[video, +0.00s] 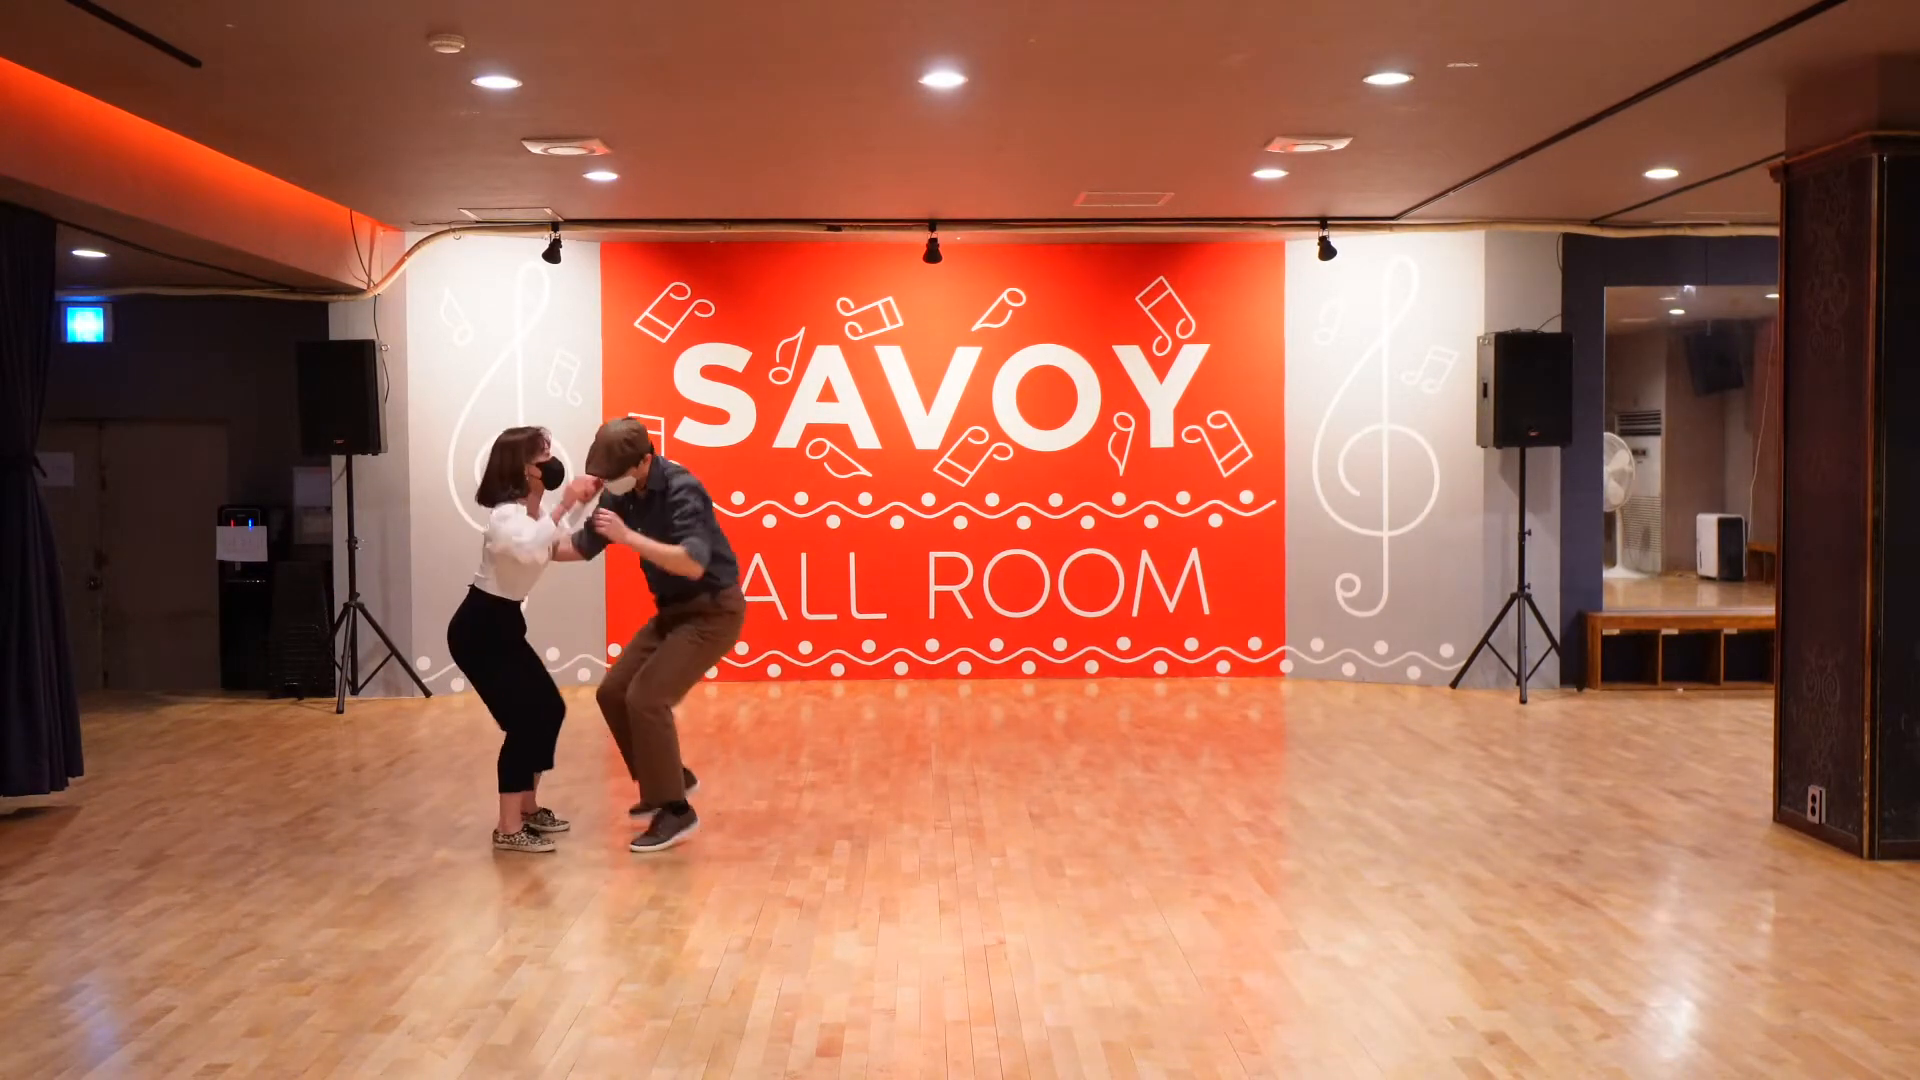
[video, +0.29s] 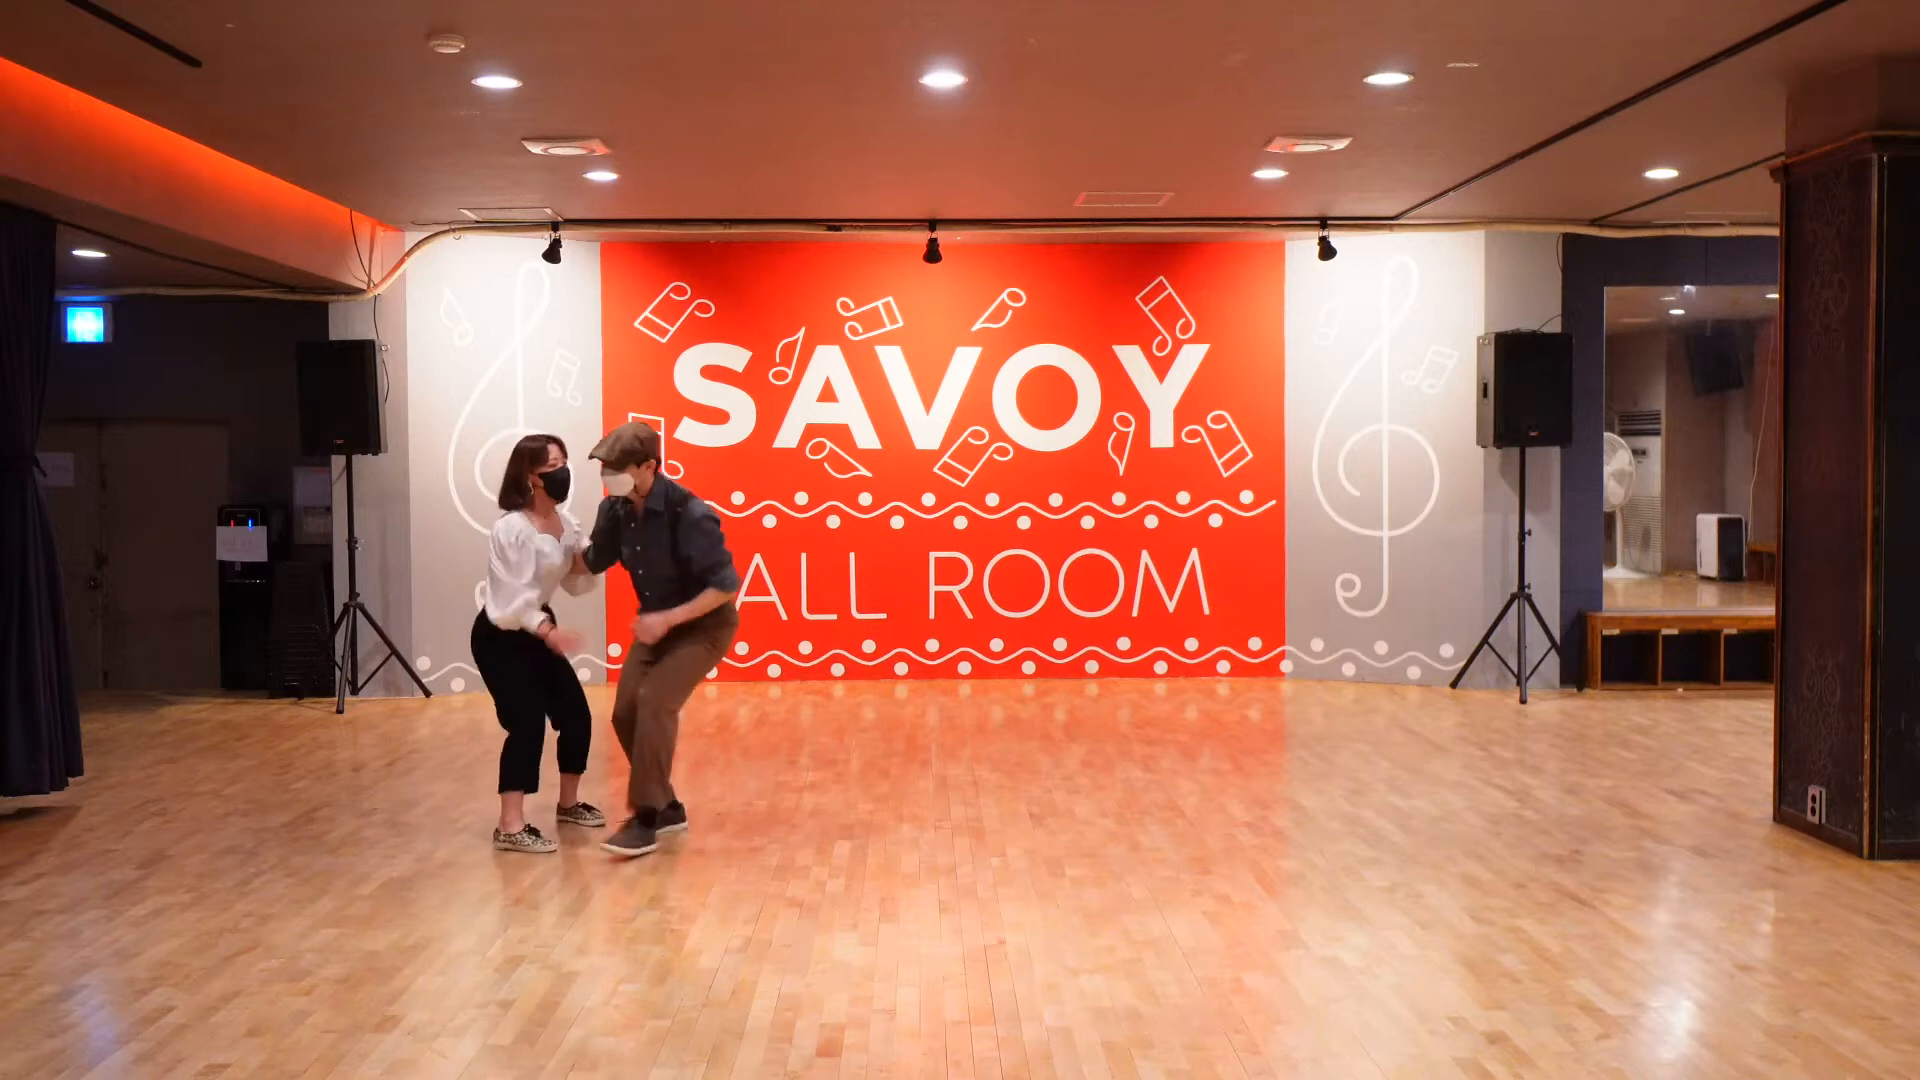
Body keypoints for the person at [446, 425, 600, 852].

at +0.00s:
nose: (553, 463)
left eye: (550, 454)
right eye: (544, 457)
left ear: (527, 469)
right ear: (524, 467)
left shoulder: (538, 514)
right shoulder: (506, 515)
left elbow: (568, 541)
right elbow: (529, 550)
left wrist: (588, 508)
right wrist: (565, 506)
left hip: (505, 626)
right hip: (479, 629)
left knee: (550, 708)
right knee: (523, 720)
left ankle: (526, 810)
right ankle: (508, 829)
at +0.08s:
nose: (557, 463)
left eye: (554, 456)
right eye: (549, 458)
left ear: (532, 473)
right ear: (530, 471)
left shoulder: (548, 520)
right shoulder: (509, 521)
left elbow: (560, 566)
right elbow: (513, 566)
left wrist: (576, 542)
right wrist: (563, 549)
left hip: (513, 629)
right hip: (482, 632)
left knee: (567, 702)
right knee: (525, 720)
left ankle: (538, 792)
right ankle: (508, 828)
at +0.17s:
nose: (561, 467)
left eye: (558, 459)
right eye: (551, 461)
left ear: (541, 473)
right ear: (529, 473)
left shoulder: (553, 524)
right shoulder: (510, 527)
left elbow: (567, 564)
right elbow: (516, 591)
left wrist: (590, 556)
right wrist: (568, 576)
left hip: (521, 632)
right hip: (488, 635)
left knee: (574, 709)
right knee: (528, 724)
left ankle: (561, 797)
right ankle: (509, 829)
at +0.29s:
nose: (563, 472)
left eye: (563, 464)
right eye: (553, 467)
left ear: (562, 468)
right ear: (531, 477)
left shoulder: (563, 520)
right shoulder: (512, 529)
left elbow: (575, 584)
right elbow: (512, 599)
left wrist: (598, 555)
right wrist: (547, 629)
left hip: (535, 629)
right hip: (498, 633)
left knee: (576, 716)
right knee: (526, 722)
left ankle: (568, 805)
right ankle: (511, 826)